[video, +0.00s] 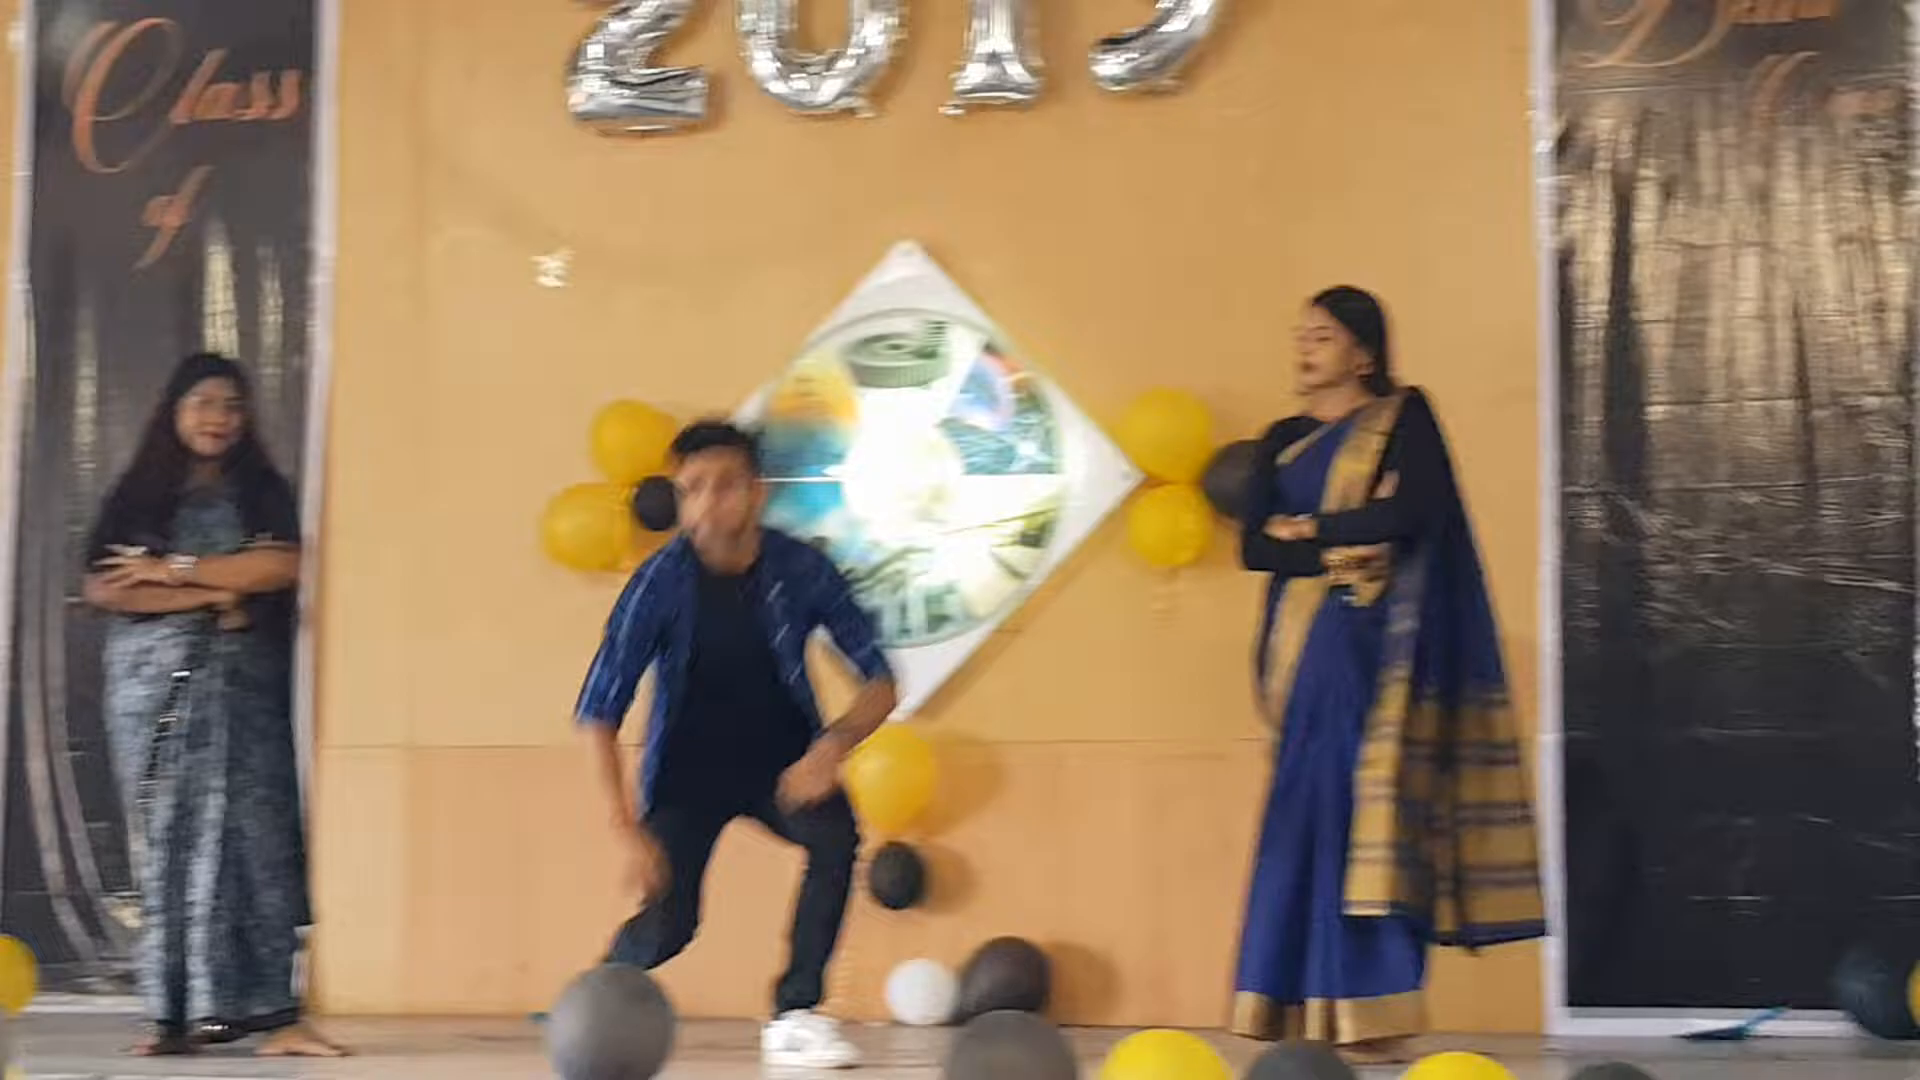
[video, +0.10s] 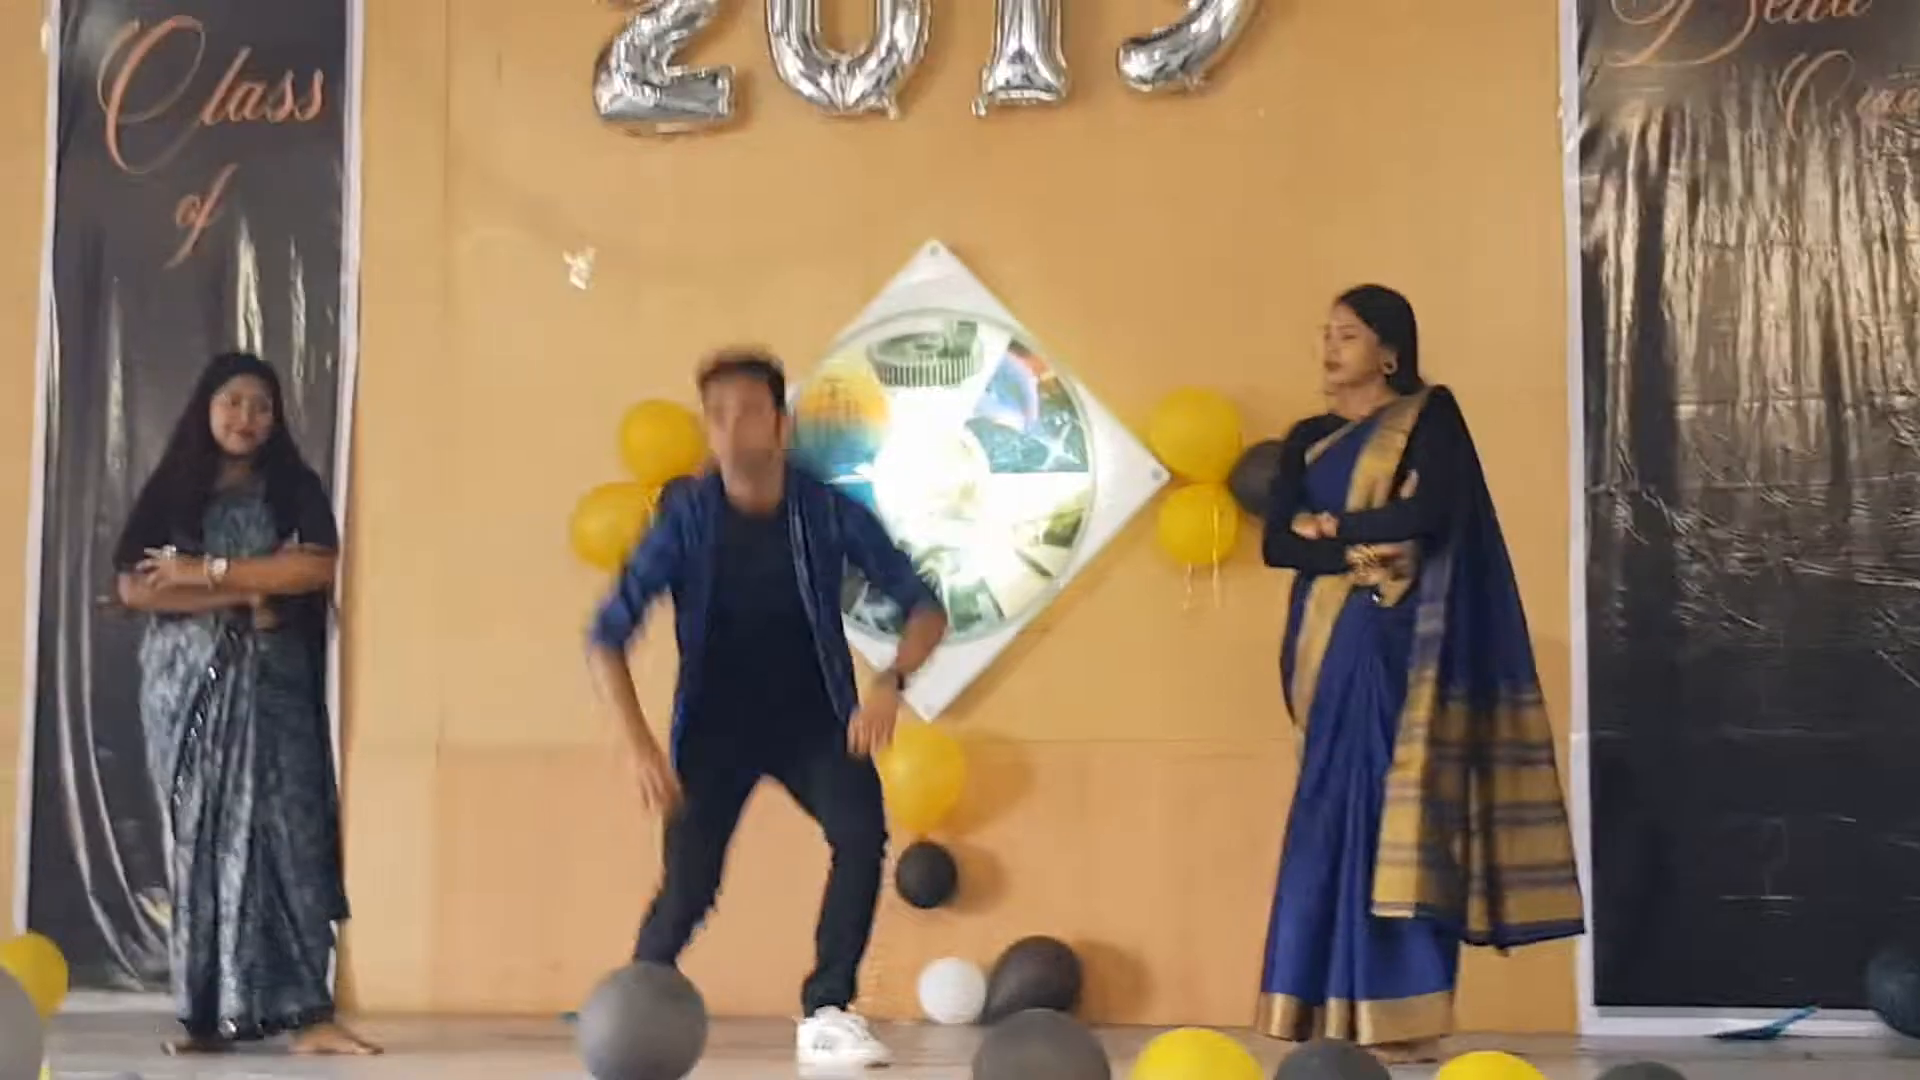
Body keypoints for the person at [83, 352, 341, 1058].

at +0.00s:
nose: (219, 419)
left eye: (231, 406)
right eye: (204, 405)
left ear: (245, 416)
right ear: (174, 413)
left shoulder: (262, 486)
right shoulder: (139, 492)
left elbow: (286, 566)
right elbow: (102, 587)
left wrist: (175, 568)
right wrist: (207, 595)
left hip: (244, 689)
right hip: (157, 690)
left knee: (251, 839)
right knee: (172, 843)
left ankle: (267, 1012)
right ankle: (179, 1013)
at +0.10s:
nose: (247, 417)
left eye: (260, 406)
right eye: (233, 403)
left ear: (274, 417)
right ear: (206, 409)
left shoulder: (294, 483)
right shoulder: (173, 487)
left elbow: (320, 566)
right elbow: (134, 587)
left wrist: (206, 570)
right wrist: (242, 593)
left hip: (278, 692)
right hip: (191, 694)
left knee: (294, 841)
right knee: (200, 844)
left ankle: (311, 1017)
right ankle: (204, 1018)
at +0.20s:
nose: (279, 399)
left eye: (292, 388)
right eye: (265, 385)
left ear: (307, 398)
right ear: (239, 392)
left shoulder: (330, 469)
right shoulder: (205, 470)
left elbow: (358, 560)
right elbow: (162, 573)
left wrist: (268, 571)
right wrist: (272, 568)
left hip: (308, 675)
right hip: (220, 677)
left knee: (321, 821)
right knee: (229, 823)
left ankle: (336, 995)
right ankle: (226, 994)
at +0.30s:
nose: (298, 385)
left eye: (311, 374)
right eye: (285, 371)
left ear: (326, 385)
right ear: (258, 378)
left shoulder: (350, 458)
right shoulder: (224, 460)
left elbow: (380, 556)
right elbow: (177, 566)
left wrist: (322, 602)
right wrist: (261, 580)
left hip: (329, 665)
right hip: (243, 667)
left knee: (341, 814)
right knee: (250, 814)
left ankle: (353, 990)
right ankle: (248, 988)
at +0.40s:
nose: (298, 371)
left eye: (311, 360)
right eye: (284, 358)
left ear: (328, 372)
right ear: (259, 367)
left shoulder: (354, 449)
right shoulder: (227, 447)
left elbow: (387, 549)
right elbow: (174, 546)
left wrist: (367, 638)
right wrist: (212, 618)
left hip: (333, 652)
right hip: (247, 651)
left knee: (343, 809)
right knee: (247, 806)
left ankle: (350, 979)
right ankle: (238, 977)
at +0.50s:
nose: (296, 369)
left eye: (310, 360)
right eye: (284, 357)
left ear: (330, 374)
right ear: (260, 369)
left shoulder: (361, 457)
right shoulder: (226, 454)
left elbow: (398, 565)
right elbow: (183, 569)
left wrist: (404, 665)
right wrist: (161, 674)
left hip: (336, 657)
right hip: (245, 656)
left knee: (343, 807)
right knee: (249, 807)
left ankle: (350, 982)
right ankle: (238, 979)